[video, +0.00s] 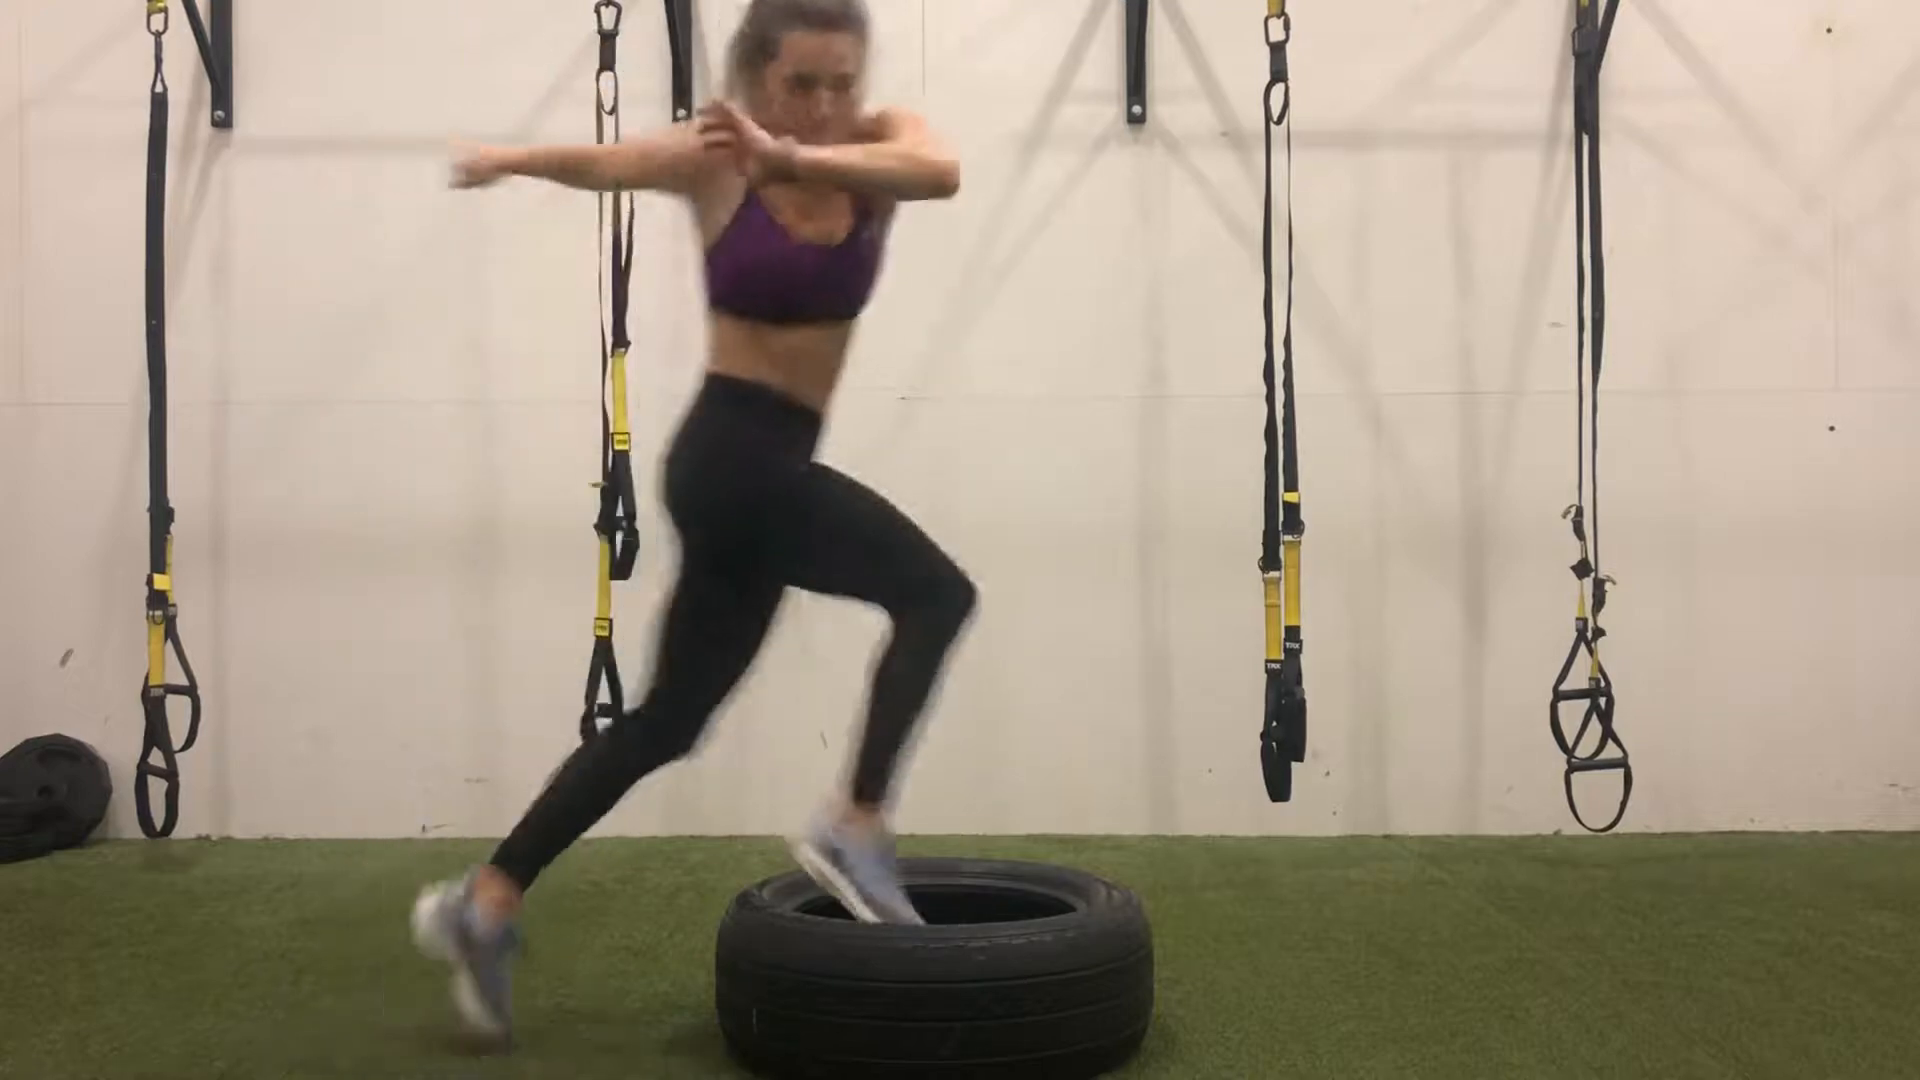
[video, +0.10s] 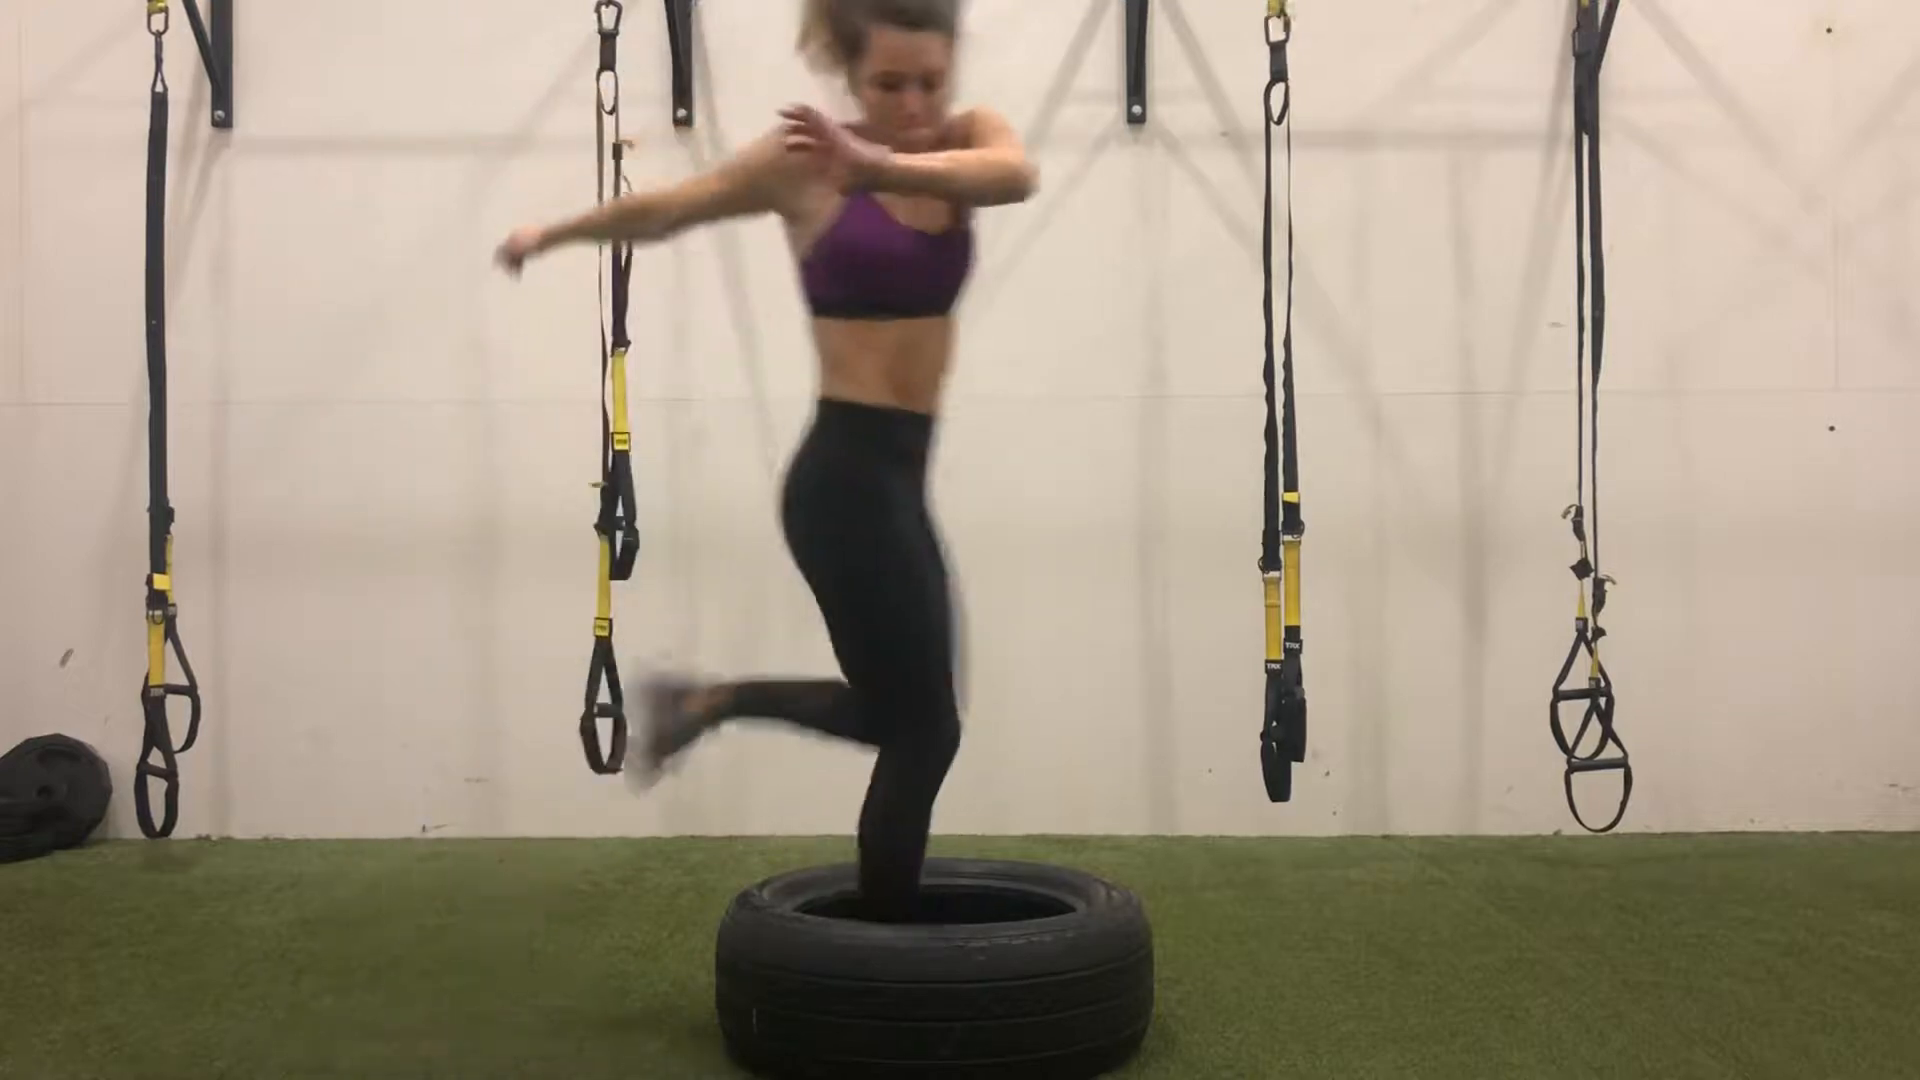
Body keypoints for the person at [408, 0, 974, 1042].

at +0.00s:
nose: (824, 104)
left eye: (840, 84)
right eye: (803, 86)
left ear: (864, 79)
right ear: (753, 83)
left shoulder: (881, 138)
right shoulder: (719, 154)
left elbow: (941, 175)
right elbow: (613, 163)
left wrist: (801, 161)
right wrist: (520, 159)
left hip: (771, 466)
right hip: (727, 461)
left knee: (669, 721)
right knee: (937, 596)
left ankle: (483, 904)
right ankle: (856, 823)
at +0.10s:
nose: (910, 103)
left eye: (927, 84)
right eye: (887, 86)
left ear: (950, 68)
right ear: (846, 74)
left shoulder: (971, 132)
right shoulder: (803, 161)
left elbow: (1016, 179)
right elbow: (673, 209)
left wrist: (876, 166)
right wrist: (552, 234)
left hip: (897, 481)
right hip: (844, 482)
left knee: (900, 714)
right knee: (923, 730)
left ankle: (702, 702)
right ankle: (887, 954)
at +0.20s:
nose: (973, 92)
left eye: (991, 71)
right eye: (954, 74)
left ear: (1021, 65)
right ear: (922, 68)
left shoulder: (1047, 135)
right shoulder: (874, 163)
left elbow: (1090, 193)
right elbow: (722, 244)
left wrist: (1048, 200)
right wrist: (568, 319)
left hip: (972, 473)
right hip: (890, 474)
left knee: (1089, 681)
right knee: (942, 727)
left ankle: (922, 684)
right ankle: (886, 951)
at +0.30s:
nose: (1030, 73)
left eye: (1048, 52)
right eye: (1007, 53)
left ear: (1077, 55)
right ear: (971, 60)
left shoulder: (1110, 132)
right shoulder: (928, 159)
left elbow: (1187, 236)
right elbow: (807, 264)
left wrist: (1269, 339)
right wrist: (802, 327)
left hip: (1061, 438)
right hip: (955, 446)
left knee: (1169, 654)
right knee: (1046, 664)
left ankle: (1224, 855)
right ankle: (946, 843)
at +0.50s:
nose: (1079, 160)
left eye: (1101, 137)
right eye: (1058, 140)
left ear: (1144, 138)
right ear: (1033, 148)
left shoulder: (1208, 231)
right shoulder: (1007, 290)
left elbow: (1282, 354)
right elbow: (1018, 435)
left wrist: (1326, 485)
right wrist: (1071, 496)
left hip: (1235, 515)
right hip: (1125, 546)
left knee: (1306, 768)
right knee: (1168, 783)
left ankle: (1412, 1000)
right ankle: (1265, 747)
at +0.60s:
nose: (1059, 155)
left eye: (1082, 132)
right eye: (1040, 134)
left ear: (1129, 131)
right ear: (1021, 140)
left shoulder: (1202, 222)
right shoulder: (1001, 276)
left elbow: (1265, 322)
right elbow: (1005, 401)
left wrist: (1282, 441)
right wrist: (1015, 521)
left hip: (1243, 505)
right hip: (1140, 534)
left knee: (1299, 759)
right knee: (1189, 773)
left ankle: (1415, 988)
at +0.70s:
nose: (1033, 196)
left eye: (1056, 174)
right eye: (1017, 174)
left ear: (1104, 166)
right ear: (998, 167)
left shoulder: (1164, 238)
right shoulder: (990, 293)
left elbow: (1309, 280)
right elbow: (948, 432)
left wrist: (1385, 353)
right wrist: (916, 485)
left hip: (1228, 497)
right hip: (1133, 526)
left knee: (1175, 707)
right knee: (1187, 775)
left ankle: (1367, 890)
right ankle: (1342, 942)